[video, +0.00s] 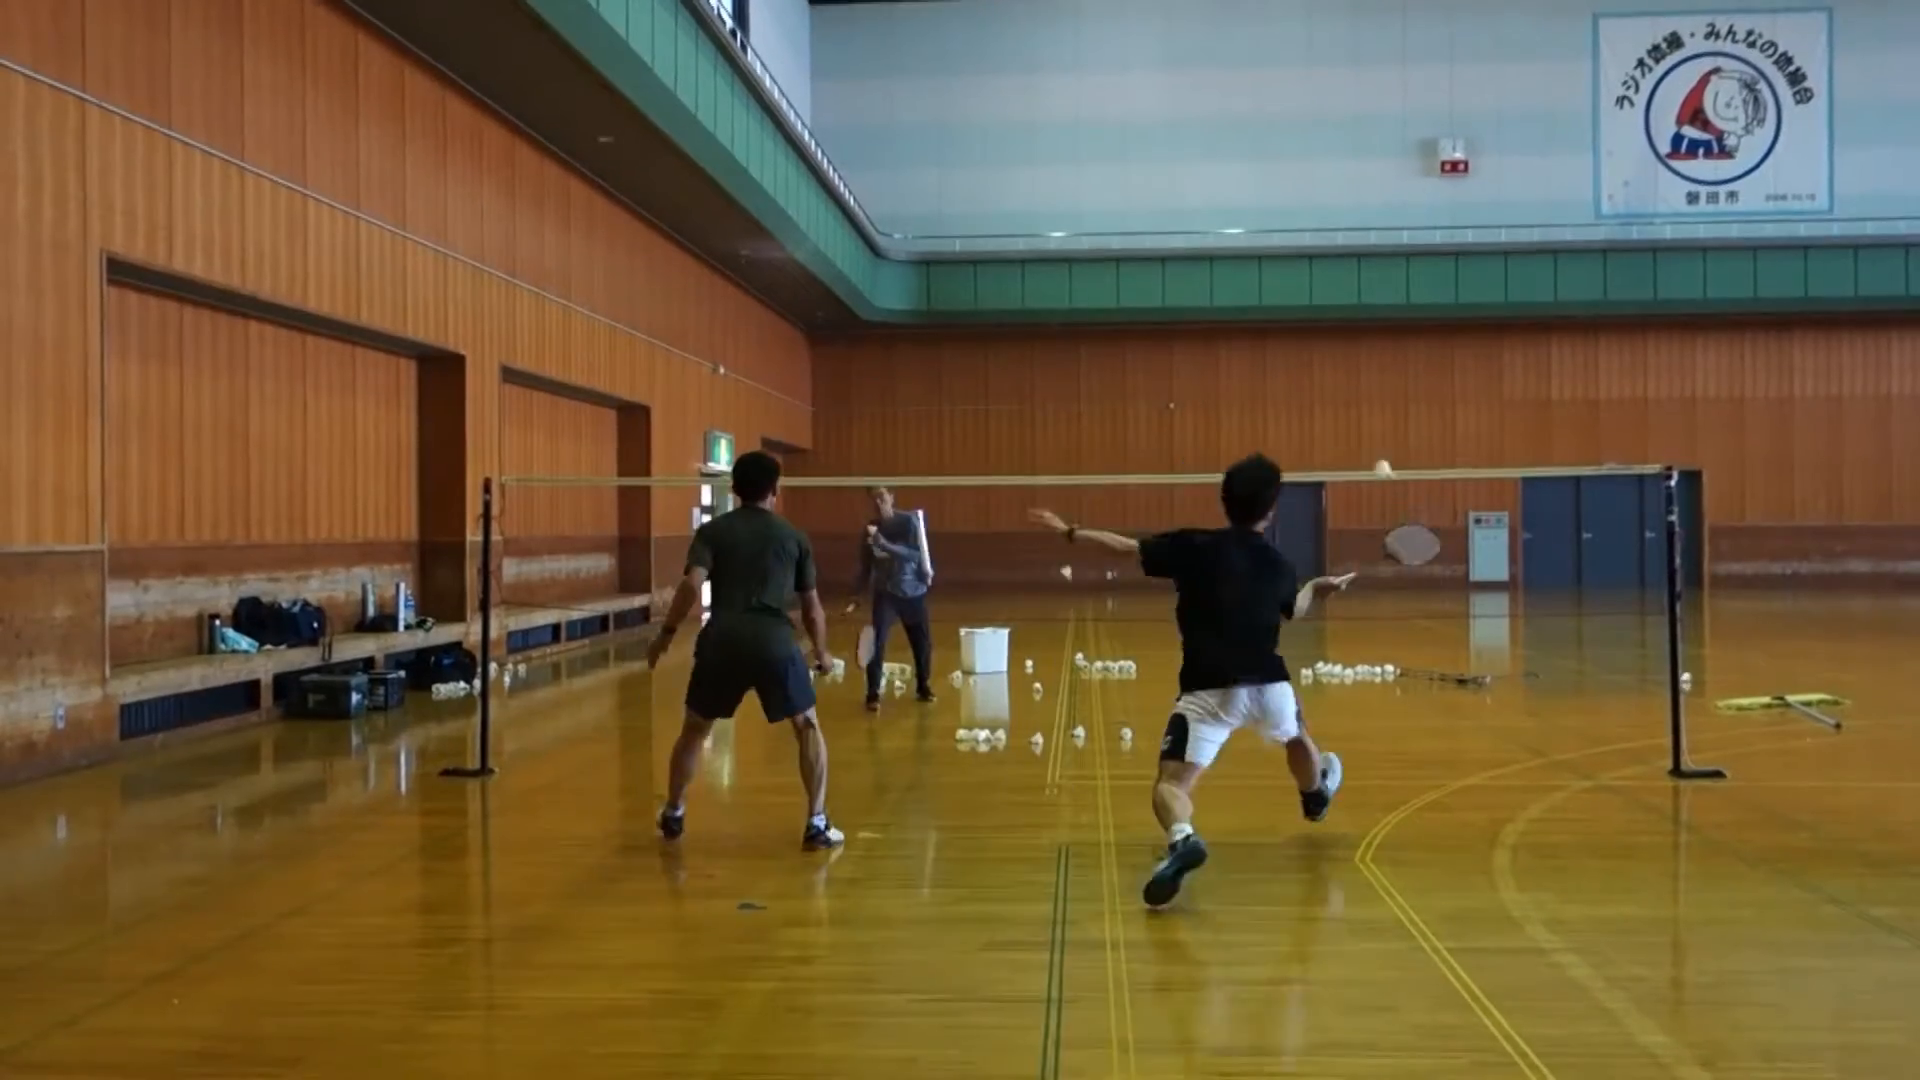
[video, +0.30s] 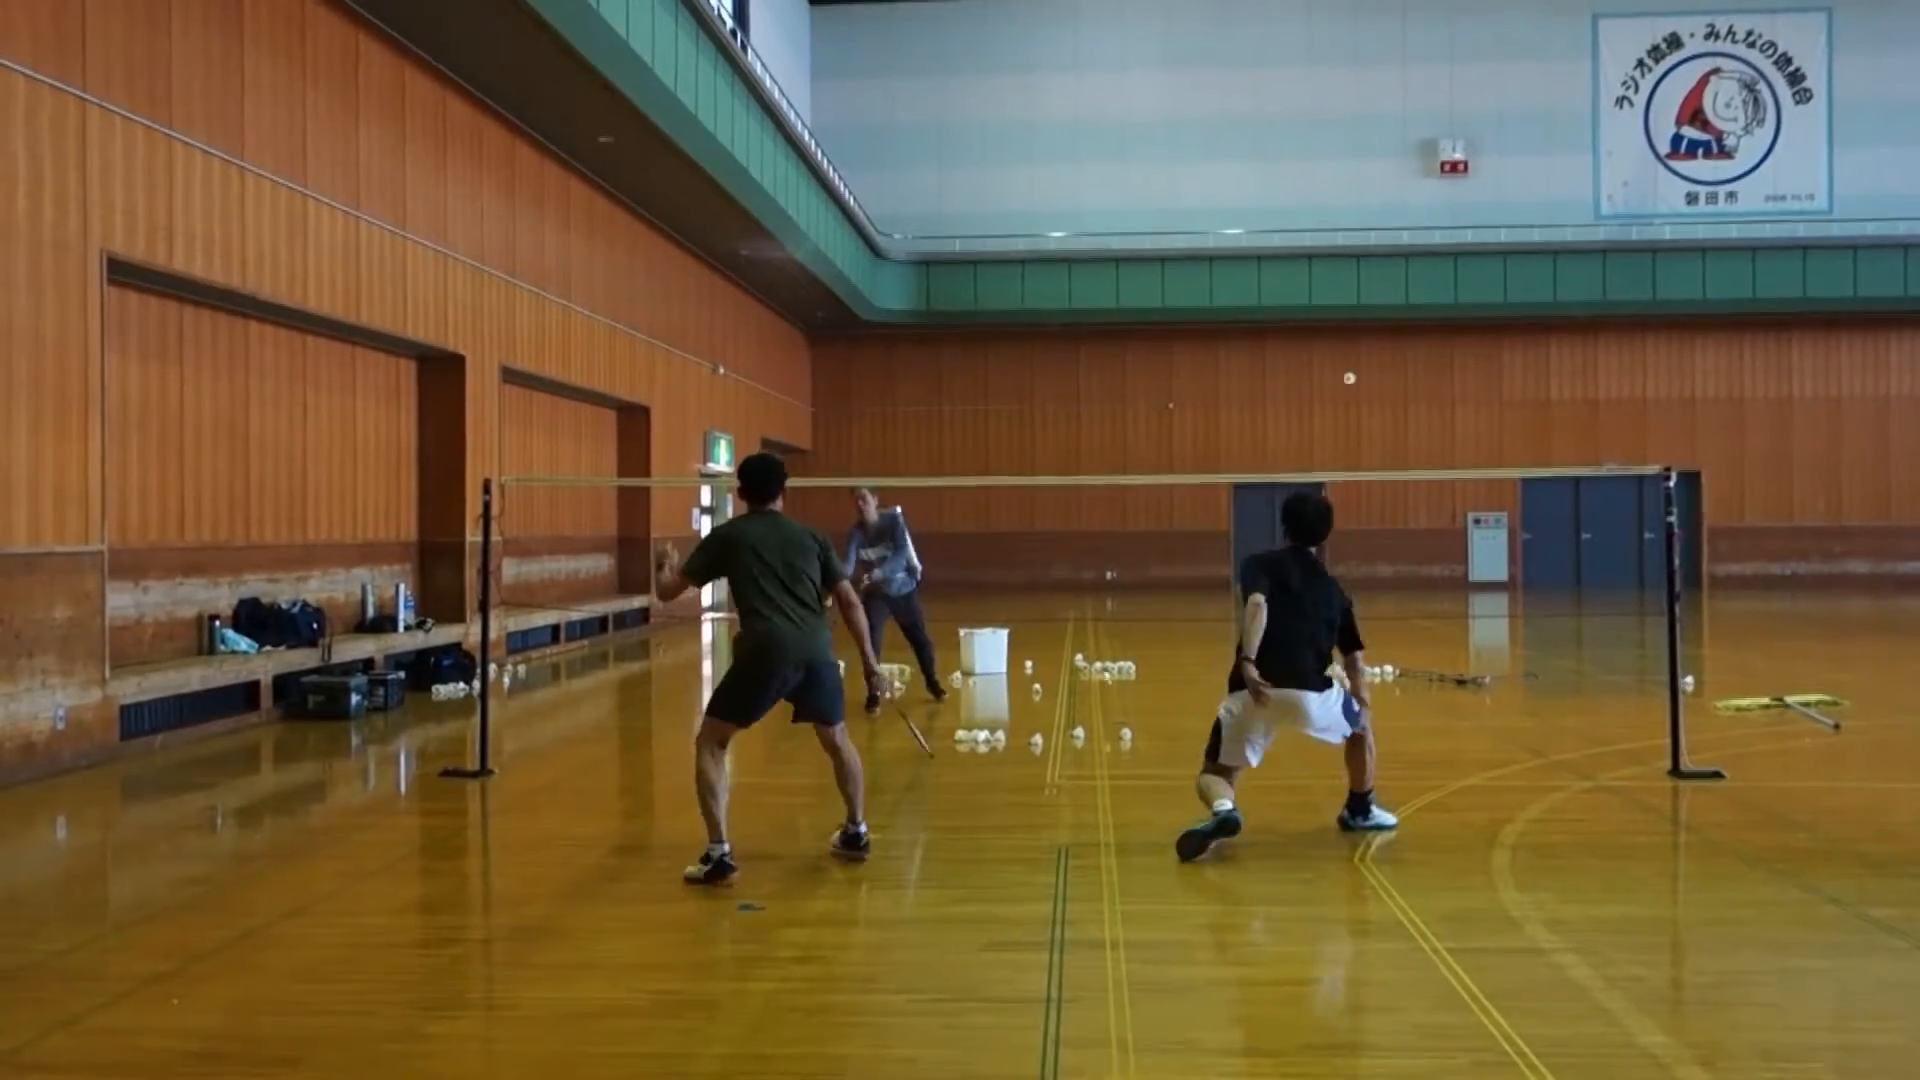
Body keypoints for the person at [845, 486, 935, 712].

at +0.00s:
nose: (879, 502)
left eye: (882, 496)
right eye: (875, 498)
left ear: (891, 497)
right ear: (871, 501)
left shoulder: (910, 521)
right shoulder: (873, 528)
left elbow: (916, 554)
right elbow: (866, 565)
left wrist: (883, 544)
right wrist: (856, 595)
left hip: (912, 590)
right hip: (885, 592)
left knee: (921, 642)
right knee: (877, 642)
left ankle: (923, 686)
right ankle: (873, 693)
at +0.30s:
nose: (861, 505)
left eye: (864, 500)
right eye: (858, 502)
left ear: (875, 501)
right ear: (856, 506)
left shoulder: (894, 521)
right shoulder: (857, 533)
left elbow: (902, 556)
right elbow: (849, 564)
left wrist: (876, 575)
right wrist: (841, 582)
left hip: (903, 589)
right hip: (875, 592)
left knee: (920, 639)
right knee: (872, 642)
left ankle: (931, 680)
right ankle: (873, 691)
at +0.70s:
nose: (872, 511)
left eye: (875, 506)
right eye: (868, 507)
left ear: (883, 508)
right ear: (864, 511)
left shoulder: (901, 531)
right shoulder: (859, 543)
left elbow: (916, 560)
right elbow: (857, 579)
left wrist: (895, 572)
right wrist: (859, 610)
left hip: (903, 603)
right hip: (876, 606)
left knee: (909, 654)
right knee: (873, 656)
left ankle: (909, 701)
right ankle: (872, 707)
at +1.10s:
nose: (871, 529)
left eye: (874, 523)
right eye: (868, 525)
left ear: (885, 523)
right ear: (868, 528)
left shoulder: (900, 543)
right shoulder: (875, 548)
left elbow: (895, 573)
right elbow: (883, 573)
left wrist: (866, 554)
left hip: (910, 614)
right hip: (888, 613)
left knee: (911, 668)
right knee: (876, 663)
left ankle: (908, 718)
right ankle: (879, 713)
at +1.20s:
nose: (869, 535)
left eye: (872, 529)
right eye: (866, 531)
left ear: (883, 528)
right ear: (864, 534)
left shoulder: (900, 547)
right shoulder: (873, 555)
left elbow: (891, 576)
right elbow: (888, 588)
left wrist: (855, 565)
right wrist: (877, 604)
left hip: (912, 616)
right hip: (889, 616)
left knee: (910, 669)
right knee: (877, 669)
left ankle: (907, 713)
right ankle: (879, 711)